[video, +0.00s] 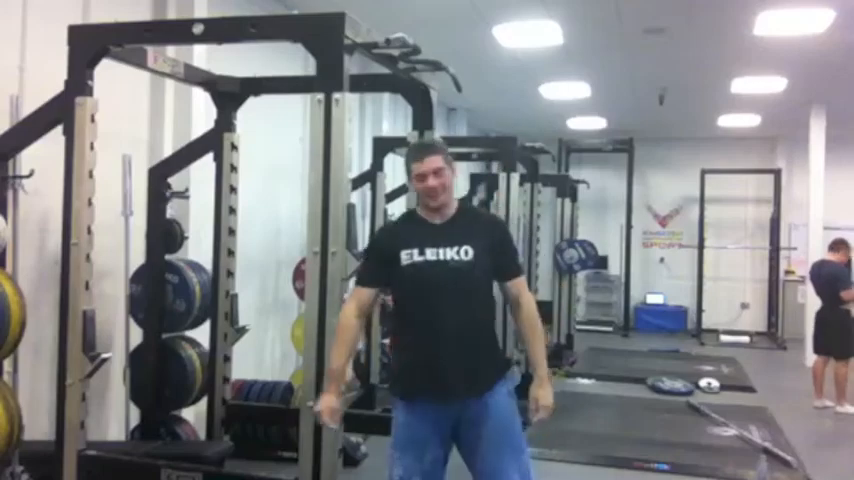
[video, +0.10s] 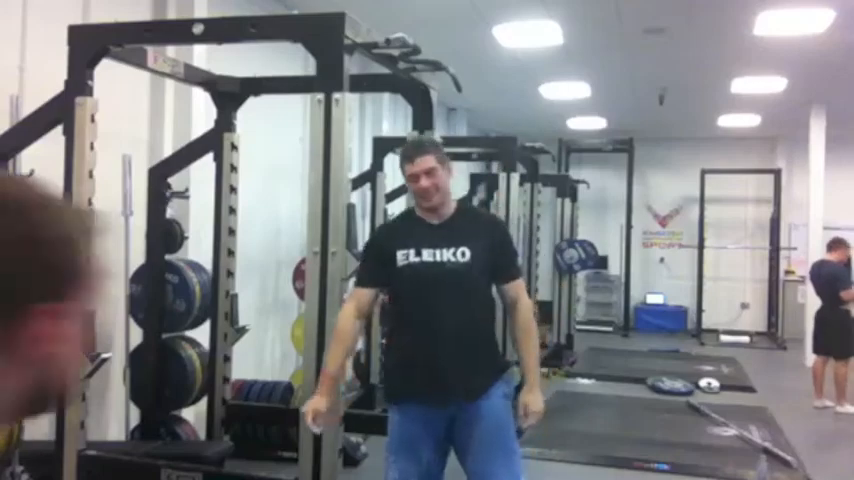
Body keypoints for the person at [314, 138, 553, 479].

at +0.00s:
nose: (432, 184)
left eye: (439, 173)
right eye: (422, 177)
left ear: (453, 173)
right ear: (411, 183)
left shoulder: (488, 230)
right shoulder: (391, 239)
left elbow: (521, 299)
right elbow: (356, 309)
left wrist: (541, 376)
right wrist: (332, 386)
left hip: (486, 392)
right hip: (418, 396)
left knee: (511, 475)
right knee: (410, 474)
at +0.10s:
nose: (424, 184)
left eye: (430, 173)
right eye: (414, 178)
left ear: (449, 171)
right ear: (406, 182)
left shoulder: (488, 230)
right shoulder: (388, 237)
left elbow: (519, 302)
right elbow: (355, 311)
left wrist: (532, 383)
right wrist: (326, 389)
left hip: (482, 393)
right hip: (413, 396)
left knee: (502, 475)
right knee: (407, 475)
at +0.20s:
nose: (421, 184)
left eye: (429, 172)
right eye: (412, 178)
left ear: (448, 170)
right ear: (405, 182)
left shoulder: (487, 231)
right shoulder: (387, 237)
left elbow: (518, 305)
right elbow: (355, 316)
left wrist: (521, 391)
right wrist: (330, 396)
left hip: (479, 399)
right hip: (410, 401)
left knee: (492, 474)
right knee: (404, 474)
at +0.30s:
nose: (422, 184)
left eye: (429, 172)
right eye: (412, 177)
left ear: (450, 171)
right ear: (404, 182)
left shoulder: (490, 232)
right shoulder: (387, 238)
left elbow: (520, 309)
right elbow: (360, 317)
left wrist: (515, 395)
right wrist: (351, 403)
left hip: (477, 404)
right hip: (406, 406)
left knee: (487, 474)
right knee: (400, 473)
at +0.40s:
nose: (424, 183)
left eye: (432, 171)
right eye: (414, 176)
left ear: (452, 171)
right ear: (407, 182)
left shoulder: (494, 235)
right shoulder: (388, 242)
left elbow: (528, 314)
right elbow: (368, 325)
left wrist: (508, 398)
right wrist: (372, 409)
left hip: (476, 415)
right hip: (403, 415)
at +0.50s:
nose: (427, 186)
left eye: (435, 174)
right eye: (417, 179)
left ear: (456, 175)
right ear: (410, 186)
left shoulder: (500, 239)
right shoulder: (393, 244)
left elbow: (536, 320)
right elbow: (375, 325)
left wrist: (493, 395)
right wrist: (397, 401)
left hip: (475, 417)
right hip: (409, 416)